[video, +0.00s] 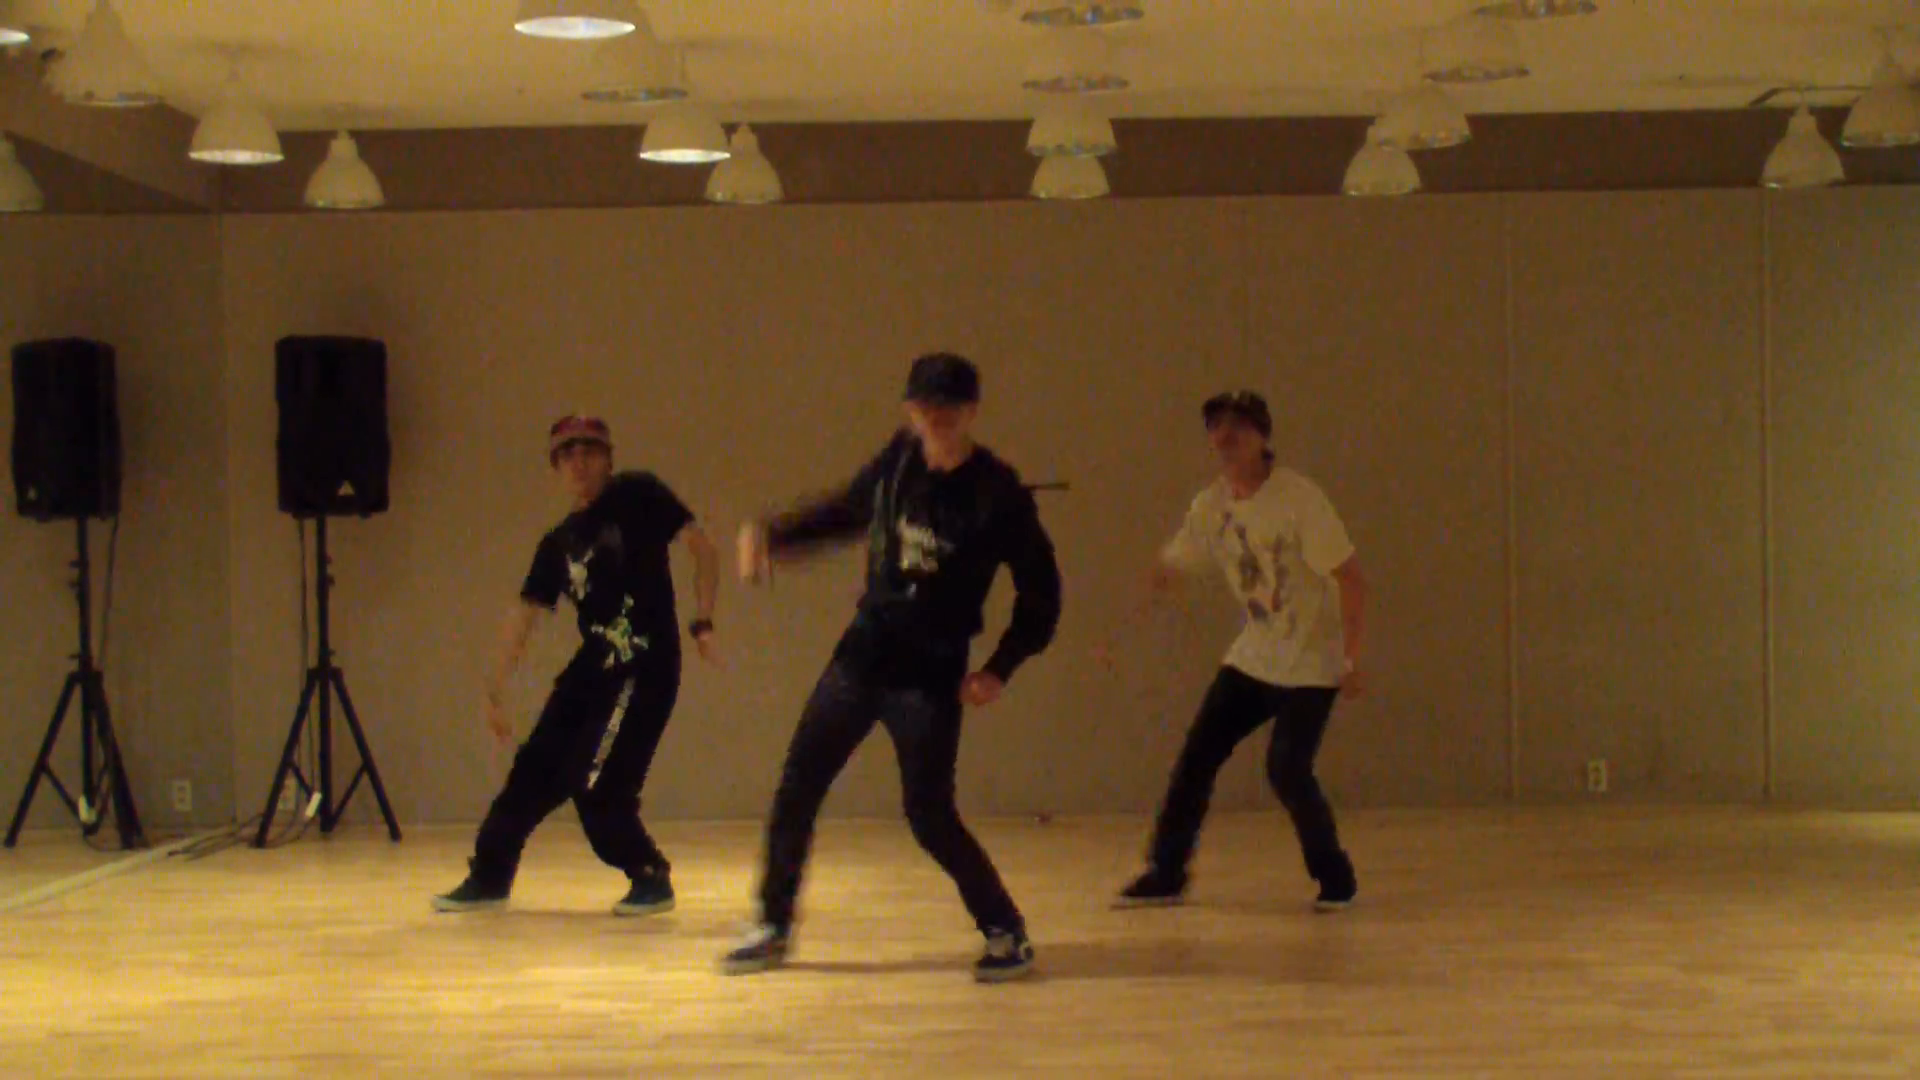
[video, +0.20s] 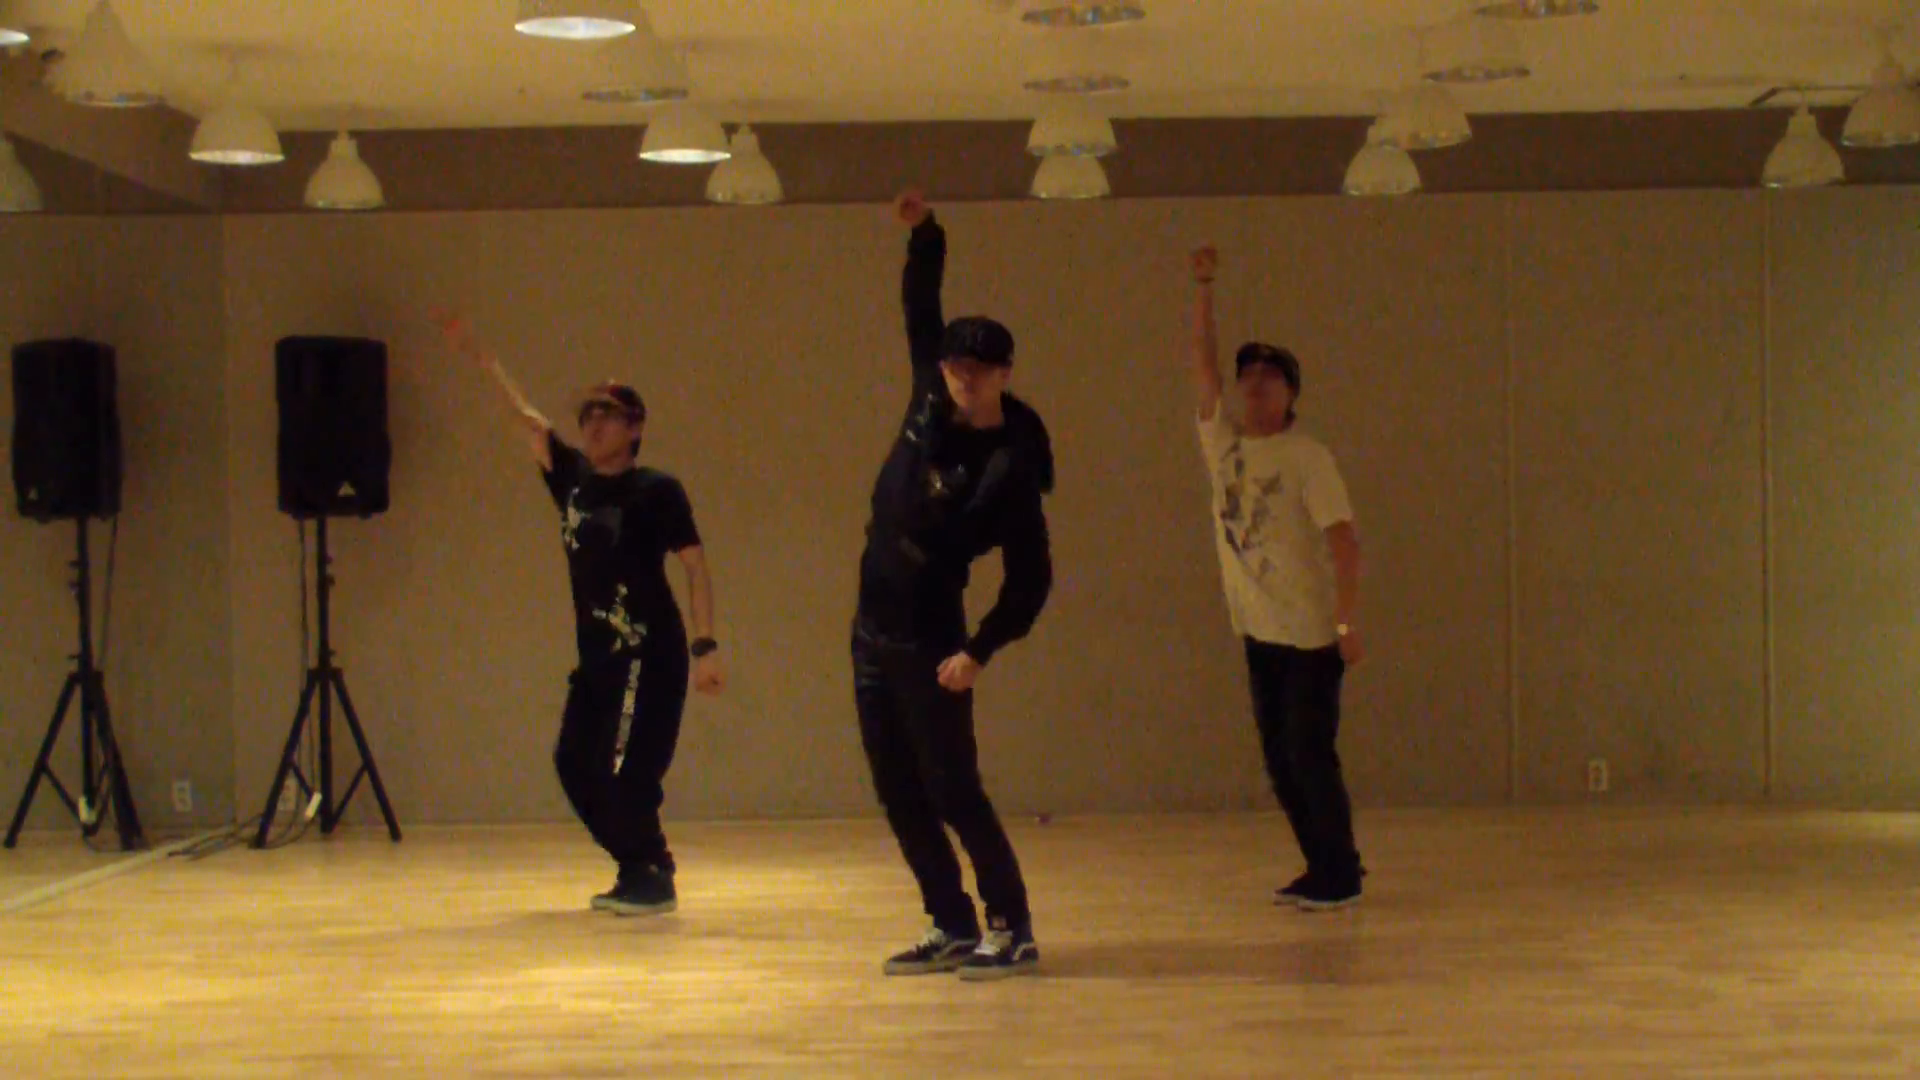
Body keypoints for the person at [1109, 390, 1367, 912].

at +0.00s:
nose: (1224, 444)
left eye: (1236, 434)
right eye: (1217, 435)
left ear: (1262, 438)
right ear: (1209, 442)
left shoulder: (1301, 499)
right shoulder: (1212, 503)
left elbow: (1350, 577)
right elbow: (1177, 567)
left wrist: (1351, 657)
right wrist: (1158, 580)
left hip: (1313, 661)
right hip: (1254, 654)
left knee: (1288, 768)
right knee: (1198, 756)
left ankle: (1336, 879)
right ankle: (1166, 871)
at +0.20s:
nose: (1259, 392)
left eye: (1271, 383)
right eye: (1250, 383)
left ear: (1291, 395)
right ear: (1234, 392)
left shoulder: (1307, 457)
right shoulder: (1224, 450)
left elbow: (1344, 542)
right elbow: (1204, 366)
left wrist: (1346, 621)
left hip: (1310, 633)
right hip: (1259, 632)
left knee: (1311, 756)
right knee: (1281, 762)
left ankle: (1340, 871)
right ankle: (1321, 865)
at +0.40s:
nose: (1281, 383)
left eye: (1293, 373)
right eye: (1271, 375)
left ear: (1316, 386)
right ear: (1261, 389)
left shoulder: (1337, 451)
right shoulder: (1255, 446)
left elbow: (1366, 538)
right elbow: (1199, 408)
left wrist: (1342, 606)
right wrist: (1195, 342)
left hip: (1298, 623)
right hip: (1247, 619)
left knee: (1299, 750)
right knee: (1275, 751)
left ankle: (1339, 868)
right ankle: (1319, 863)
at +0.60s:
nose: (1268, 421)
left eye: (1276, 409)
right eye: (1261, 412)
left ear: (1304, 407)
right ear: (1262, 415)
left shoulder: (1344, 465)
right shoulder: (1277, 470)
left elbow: (1389, 548)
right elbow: (1246, 542)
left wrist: (1354, 614)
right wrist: (1234, 482)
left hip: (1306, 637)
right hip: (1260, 633)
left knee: (1290, 756)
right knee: (1266, 758)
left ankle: (1338, 869)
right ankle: (1321, 865)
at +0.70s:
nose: (1241, 423)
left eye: (1250, 410)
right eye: (1234, 412)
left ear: (1279, 409)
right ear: (1232, 417)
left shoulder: (1331, 466)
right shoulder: (1260, 478)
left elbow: (1389, 539)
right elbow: (1276, 565)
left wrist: (1368, 612)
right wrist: (1236, 548)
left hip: (1336, 628)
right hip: (1286, 619)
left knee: (1295, 745)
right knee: (1228, 703)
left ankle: (1341, 865)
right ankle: (1288, 799)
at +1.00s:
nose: (1247, 457)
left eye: (1256, 443)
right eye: (1240, 447)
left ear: (1287, 441)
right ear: (1239, 451)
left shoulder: (1334, 487)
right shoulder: (1284, 502)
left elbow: (1398, 537)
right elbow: (1265, 577)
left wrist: (1405, 623)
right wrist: (1258, 565)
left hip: (1364, 653)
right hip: (1317, 630)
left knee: (1303, 754)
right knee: (1226, 664)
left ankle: (1331, 874)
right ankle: (1208, 764)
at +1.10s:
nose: (1256, 449)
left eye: (1265, 435)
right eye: (1250, 439)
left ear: (1296, 433)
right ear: (1250, 444)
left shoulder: (1353, 471)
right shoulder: (1290, 510)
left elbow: (1428, 519)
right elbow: (1235, 543)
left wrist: (1433, 598)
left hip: (1381, 649)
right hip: (1328, 637)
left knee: (1317, 755)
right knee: (1251, 706)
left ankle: (1333, 876)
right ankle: (1178, 774)